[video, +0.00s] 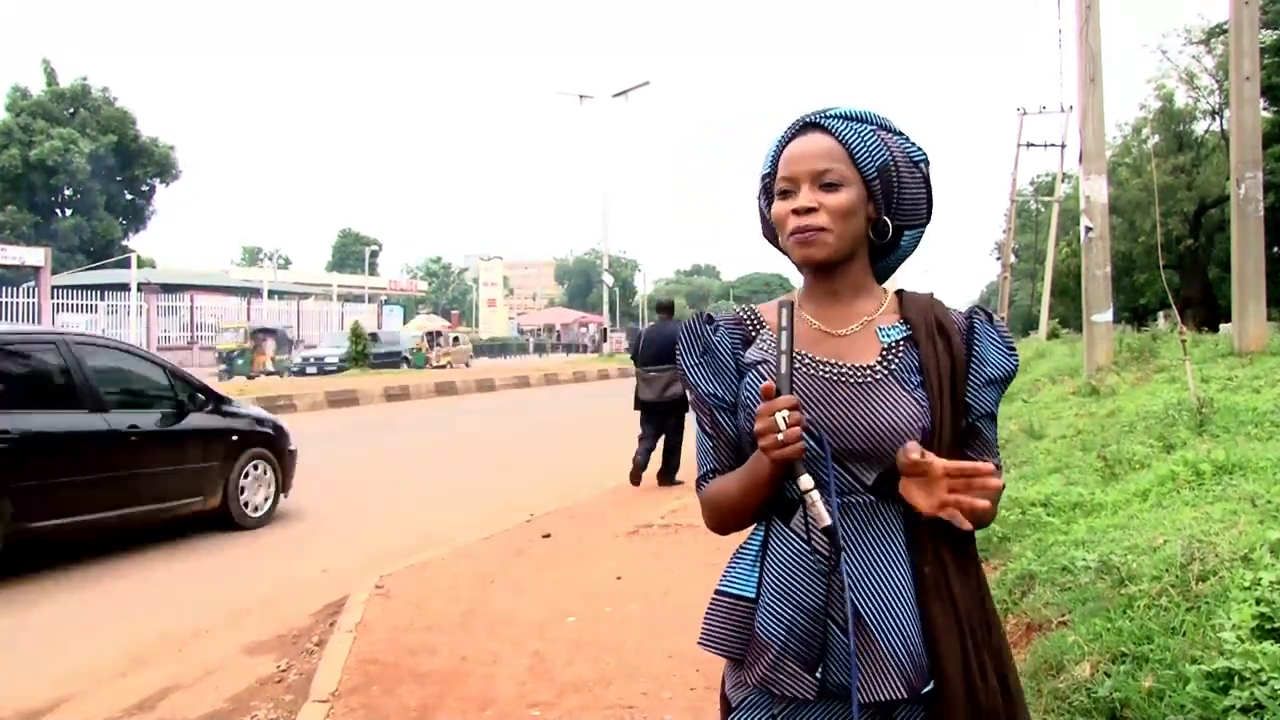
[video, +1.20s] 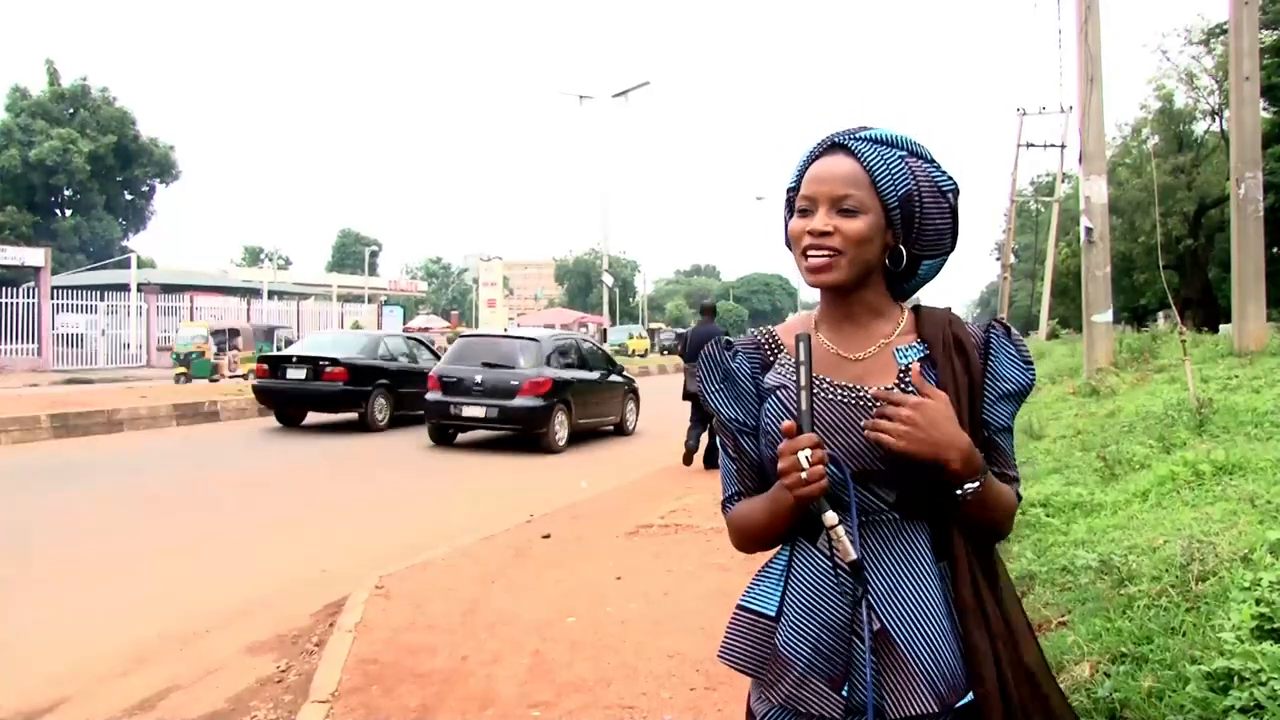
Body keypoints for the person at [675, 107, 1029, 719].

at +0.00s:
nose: (802, 204)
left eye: (828, 185)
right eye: (786, 191)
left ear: (875, 204)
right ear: (771, 213)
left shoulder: (948, 337)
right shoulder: (736, 343)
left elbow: (985, 495)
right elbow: (718, 514)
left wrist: (938, 491)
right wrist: (767, 459)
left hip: (918, 641)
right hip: (783, 646)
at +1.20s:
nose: (817, 228)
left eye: (847, 210)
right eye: (805, 209)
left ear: (894, 231)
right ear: (788, 224)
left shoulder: (960, 349)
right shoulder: (760, 361)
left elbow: (1001, 519)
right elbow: (743, 531)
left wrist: (960, 453)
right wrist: (786, 494)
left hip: (934, 625)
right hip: (809, 625)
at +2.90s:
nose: (771, 201)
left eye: (801, 187)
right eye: (758, 184)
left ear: (843, 214)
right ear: (741, 202)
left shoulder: (898, 329)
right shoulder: (698, 335)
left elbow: (935, 502)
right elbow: (670, 507)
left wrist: (932, 383)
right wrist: (715, 458)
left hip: (860, 625)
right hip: (736, 624)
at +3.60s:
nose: (748, 207)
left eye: (781, 196)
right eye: (742, 185)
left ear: (822, 229)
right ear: (725, 195)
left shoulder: (868, 328)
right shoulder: (676, 339)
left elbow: (919, 444)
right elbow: (653, 515)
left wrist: (904, 273)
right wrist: (676, 458)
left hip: (835, 633)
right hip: (710, 630)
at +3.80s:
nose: (747, 205)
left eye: (778, 193)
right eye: (740, 186)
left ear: (825, 220)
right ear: (726, 196)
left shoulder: (872, 321)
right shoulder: (684, 340)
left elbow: (952, 384)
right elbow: (661, 516)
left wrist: (935, 253)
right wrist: (689, 460)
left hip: (847, 631)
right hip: (723, 630)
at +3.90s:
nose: (753, 205)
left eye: (783, 192)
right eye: (743, 189)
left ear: (829, 217)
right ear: (729, 204)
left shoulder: (876, 317)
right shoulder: (689, 339)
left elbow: (958, 371)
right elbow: (672, 516)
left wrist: (942, 228)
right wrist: (700, 459)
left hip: (852, 624)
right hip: (730, 625)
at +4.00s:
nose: (762, 206)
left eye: (791, 191)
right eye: (751, 191)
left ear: (838, 214)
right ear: (736, 209)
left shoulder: (891, 317)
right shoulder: (701, 344)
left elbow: (972, 394)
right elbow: (686, 518)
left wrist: (940, 222)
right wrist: (714, 459)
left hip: (875, 630)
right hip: (745, 633)